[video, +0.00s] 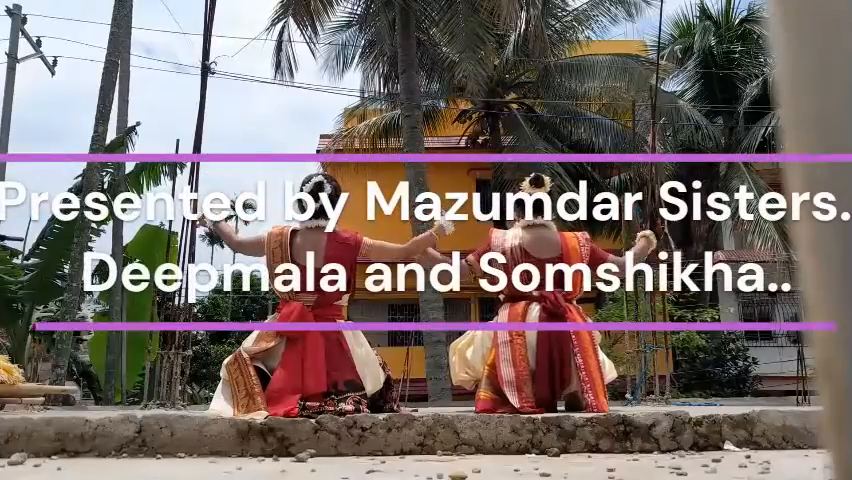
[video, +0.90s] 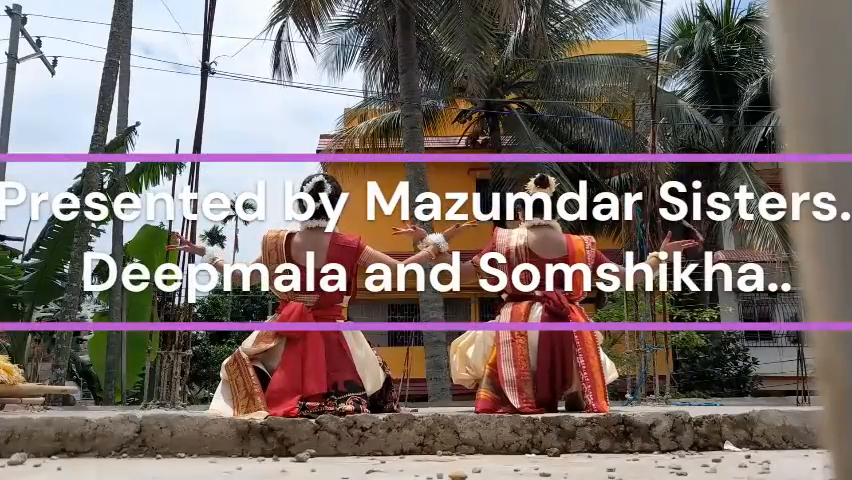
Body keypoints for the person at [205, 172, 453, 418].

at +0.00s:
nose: (335, 210)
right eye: (335, 203)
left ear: (300, 205)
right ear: (335, 206)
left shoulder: (277, 238)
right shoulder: (348, 242)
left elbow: (235, 242)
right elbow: (404, 252)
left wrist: (211, 220)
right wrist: (436, 230)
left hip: (286, 339)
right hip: (335, 340)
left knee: (238, 365)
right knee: (376, 385)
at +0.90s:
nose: (340, 205)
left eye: (325, 199)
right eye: (339, 200)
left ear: (301, 202)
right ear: (336, 205)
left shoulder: (275, 243)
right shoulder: (348, 246)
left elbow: (243, 275)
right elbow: (399, 268)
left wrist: (207, 253)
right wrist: (429, 251)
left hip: (288, 342)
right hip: (335, 341)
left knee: (239, 362)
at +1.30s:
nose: (337, 206)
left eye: (317, 200)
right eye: (337, 201)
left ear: (300, 203)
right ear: (336, 206)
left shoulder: (275, 244)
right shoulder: (348, 247)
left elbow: (252, 280)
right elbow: (400, 267)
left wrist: (203, 257)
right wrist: (430, 248)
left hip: (289, 346)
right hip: (336, 344)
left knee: (238, 363)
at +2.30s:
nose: (342, 210)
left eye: (330, 202)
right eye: (343, 204)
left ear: (306, 204)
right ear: (342, 208)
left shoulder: (283, 243)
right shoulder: (354, 249)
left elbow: (238, 266)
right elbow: (409, 265)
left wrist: (198, 242)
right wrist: (443, 245)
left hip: (289, 340)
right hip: (333, 342)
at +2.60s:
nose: (365, 214)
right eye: (365, 210)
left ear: (329, 210)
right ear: (364, 214)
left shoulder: (304, 240)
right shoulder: (369, 254)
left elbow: (257, 263)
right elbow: (426, 272)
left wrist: (207, 239)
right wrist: (451, 246)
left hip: (291, 337)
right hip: (336, 342)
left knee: (238, 356)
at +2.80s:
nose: (373, 216)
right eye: (373, 212)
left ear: (337, 212)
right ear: (371, 216)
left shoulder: (310, 243)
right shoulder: (376, 254)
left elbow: (263, 254)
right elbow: (432, 264)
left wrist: (220, 231)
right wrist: (455, 238)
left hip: (297, 345)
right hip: (343, 347)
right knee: (371, 392)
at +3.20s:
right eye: (374, 208)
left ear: (341, 206)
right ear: (378, 213)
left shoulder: (316, 235)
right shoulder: (383, 251)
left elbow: (267, 243)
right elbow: (437, 260)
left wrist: (230, 215)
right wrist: (455, 228)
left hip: (300, 334)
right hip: (347, 339)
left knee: (245, 350)